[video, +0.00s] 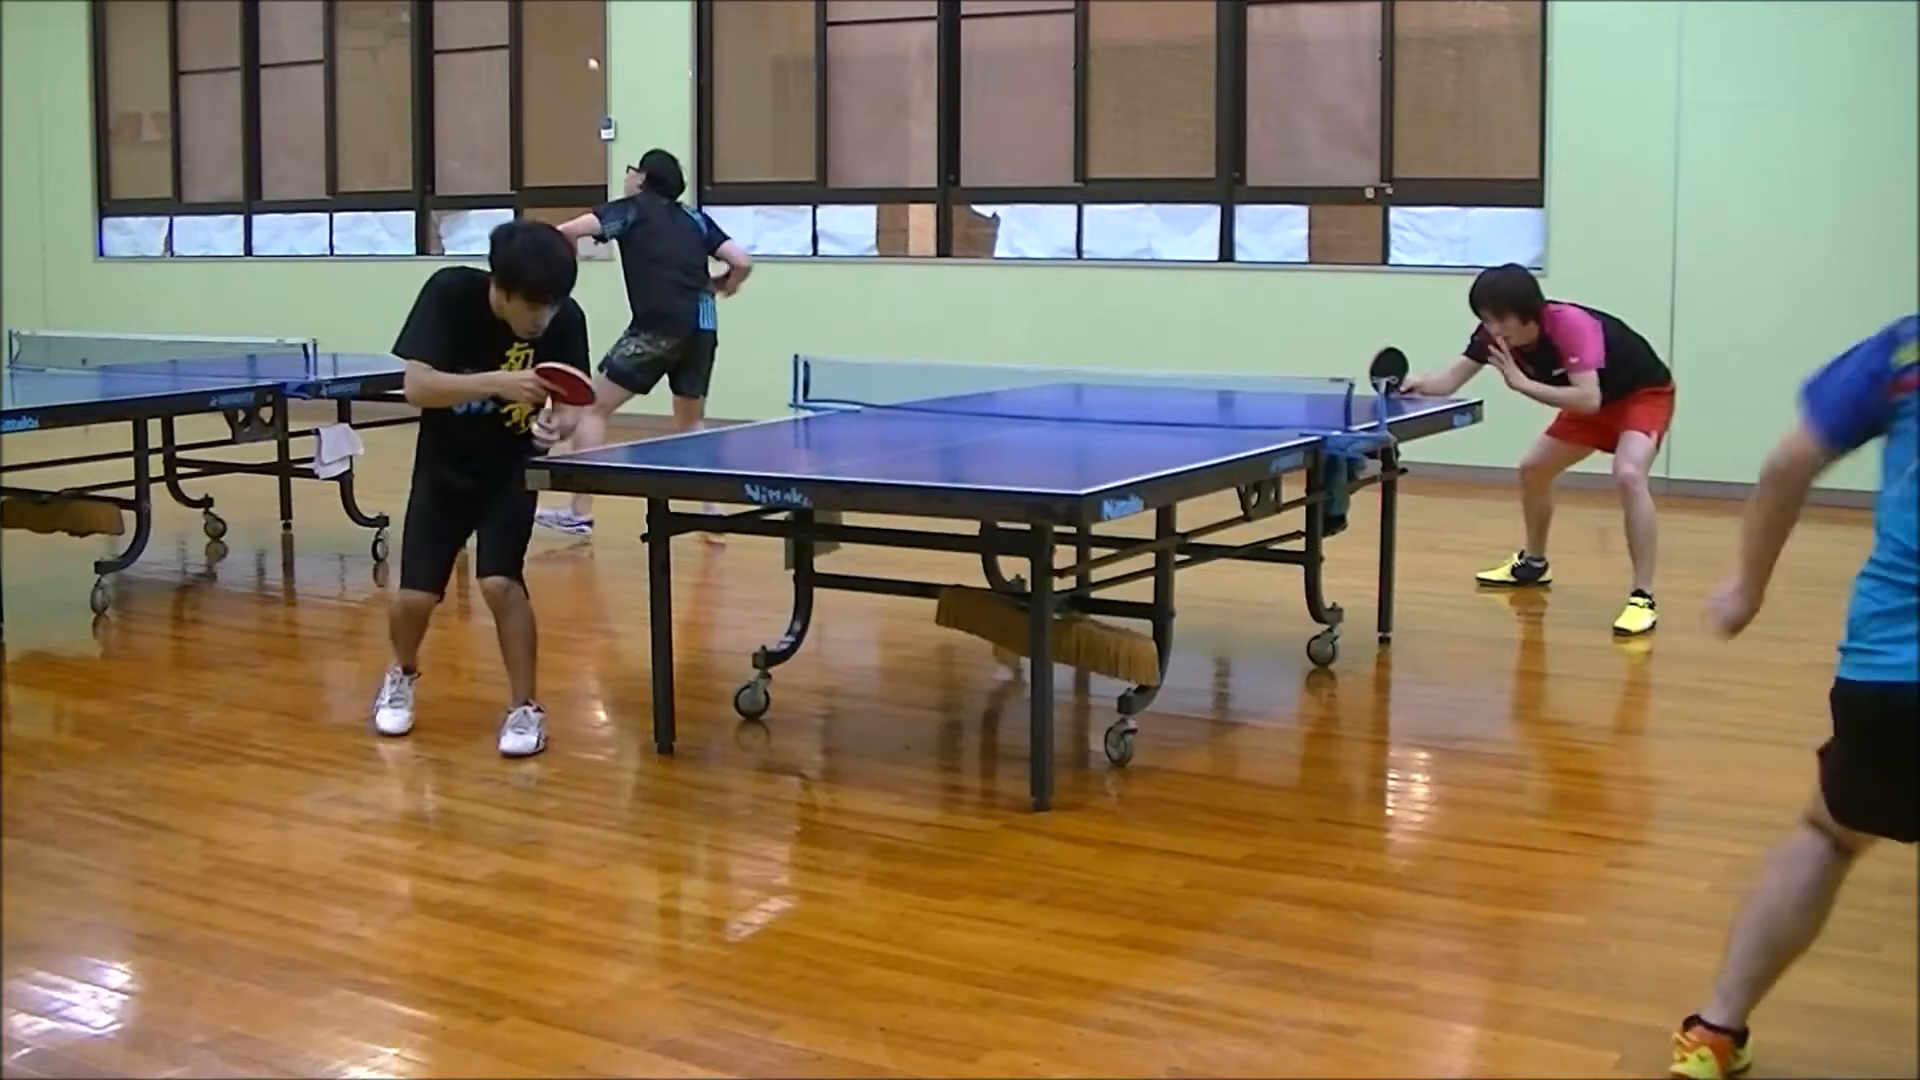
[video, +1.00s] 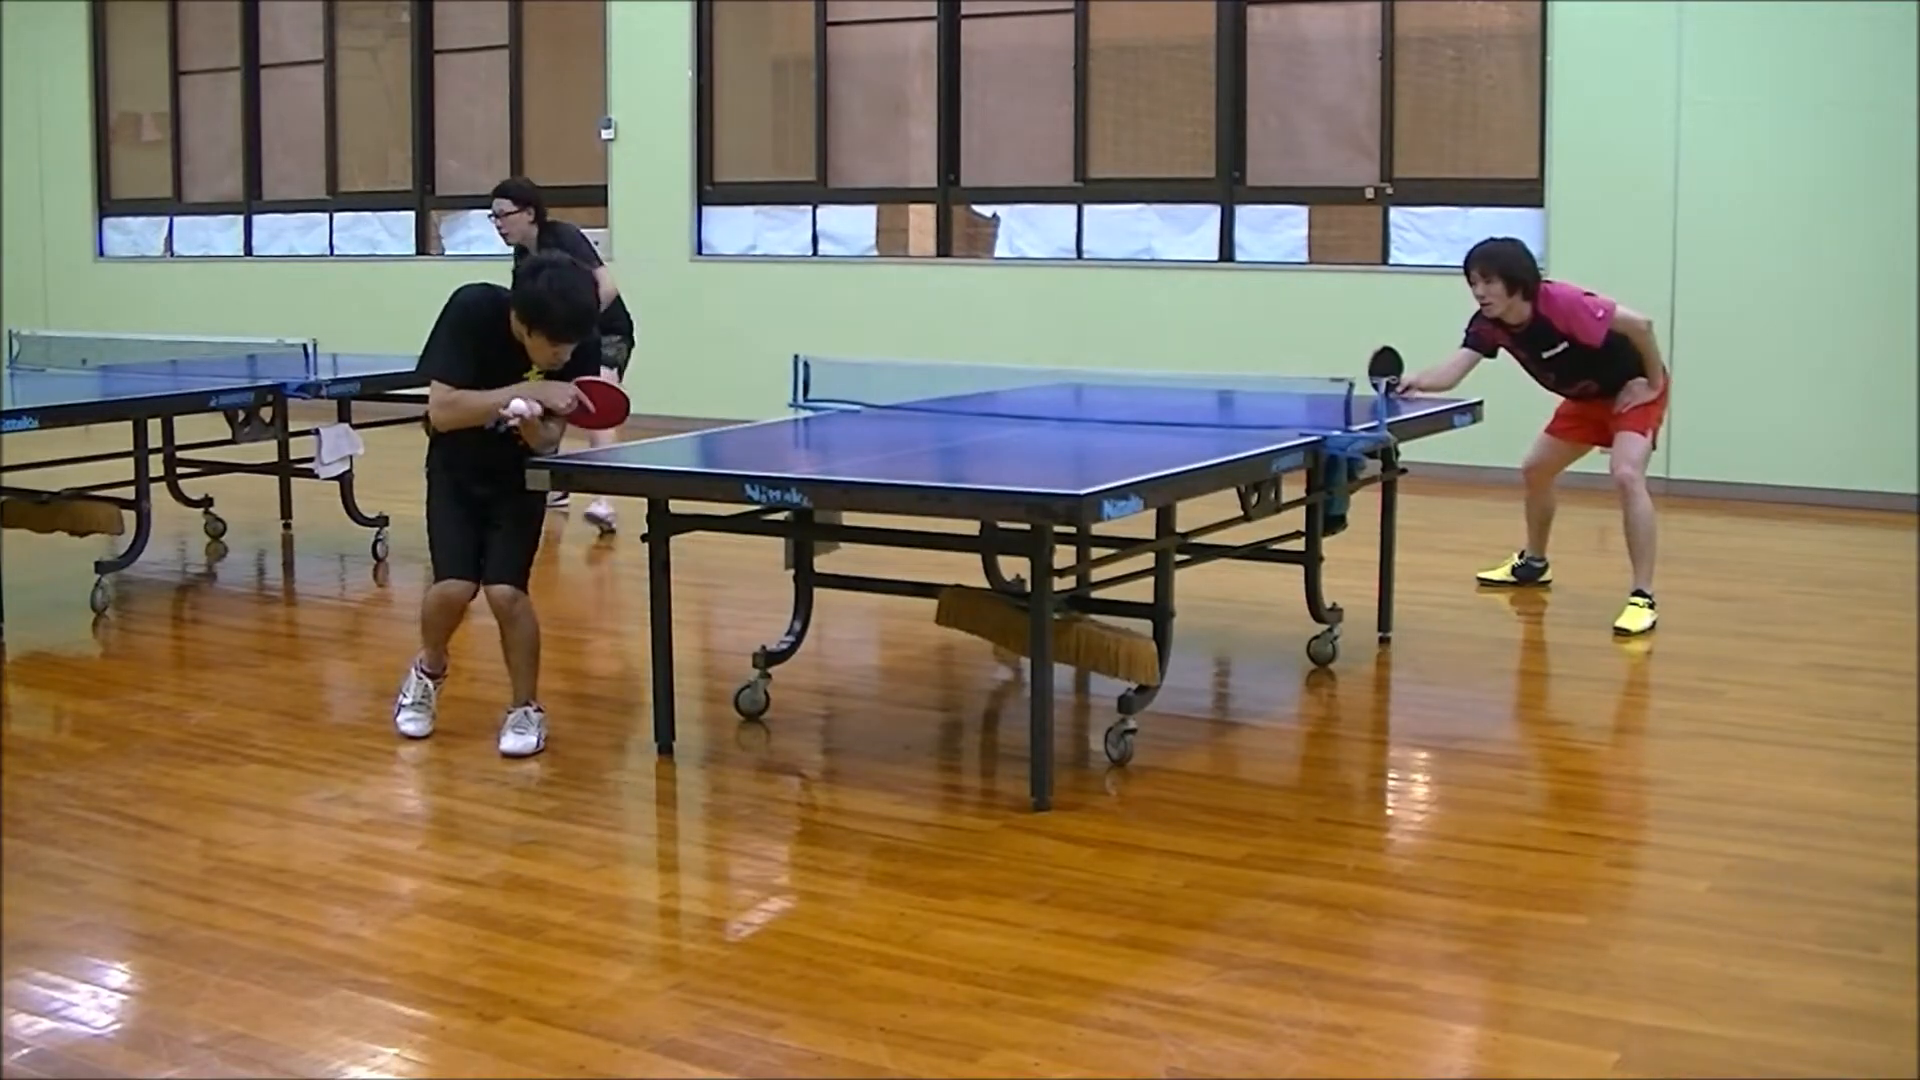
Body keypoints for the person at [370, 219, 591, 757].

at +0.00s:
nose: (544, 319)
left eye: (552, 306)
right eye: (533, 307)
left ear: (561, 292)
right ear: (498, 289)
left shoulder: (565, 320)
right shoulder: (449, 293)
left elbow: (572, 407)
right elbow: (417, 387)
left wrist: (556, 424)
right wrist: (498, 384)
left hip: (510, 467)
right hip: (443, 461)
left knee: (499, 583)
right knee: (414, 595)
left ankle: (525, 709)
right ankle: (402, 674)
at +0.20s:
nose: (550, 336)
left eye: (559, 326)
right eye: (541, 324)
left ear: (573, 312)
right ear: (508, 303)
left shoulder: (575, 332)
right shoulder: (462, 300)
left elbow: (558, 429)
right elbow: (436, 400)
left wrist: (535, 425)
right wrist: (527, 388)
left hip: (521, 463)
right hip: (455, 455)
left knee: (500, 590)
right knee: (438, 593)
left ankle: (524, 709)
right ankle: (418, 672)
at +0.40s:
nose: (553, 352)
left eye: (564, 342)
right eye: (543, 340)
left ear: (579, 325)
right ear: (514, 315)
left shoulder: (582, 338)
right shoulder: (469, 306)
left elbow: (551, 438)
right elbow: (443, 409)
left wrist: (531, 421)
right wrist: (535, 392)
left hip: (524, 465)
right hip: (457, 456)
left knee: (502, 592)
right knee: (449, 591)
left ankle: (525, 710)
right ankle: (423, 671)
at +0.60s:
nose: (560, 359)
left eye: (570, 348)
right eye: (551, 347)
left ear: (582, 331)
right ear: (518, 323)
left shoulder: (583, 346)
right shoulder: (471, 308)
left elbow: (549, 441)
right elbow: (443, 412)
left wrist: (525, 414)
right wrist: (534, 394)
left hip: (524, 466)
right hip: (457, 457)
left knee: (503, 593)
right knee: (453, 589)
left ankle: (524, 709)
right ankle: (426, 670)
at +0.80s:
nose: (564, 360)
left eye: (573, 349)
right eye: (555, 348)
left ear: (584, 333)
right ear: (520, 325)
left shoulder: (583, 344)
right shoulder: (472, 310)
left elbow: (552, 443)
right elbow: (443, 414)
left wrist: (528, 419)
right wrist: (532, 394)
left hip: (523, 466)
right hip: (456, 458)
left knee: (504, 593)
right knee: (456, 588)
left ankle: (524, 709)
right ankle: (428, 671)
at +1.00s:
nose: (563, 357)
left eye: (572, 347)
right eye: (554, 346)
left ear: (582, 329)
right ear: (520, 323)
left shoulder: (581, 338)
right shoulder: (470, 310)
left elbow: (553, 436)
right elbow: (440, 414)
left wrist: (536, 430)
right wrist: (530, 392)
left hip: (521, 462)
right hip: (455, 456)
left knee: (505, 591)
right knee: (455, 587)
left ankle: (524, 709)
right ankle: (428, 671)